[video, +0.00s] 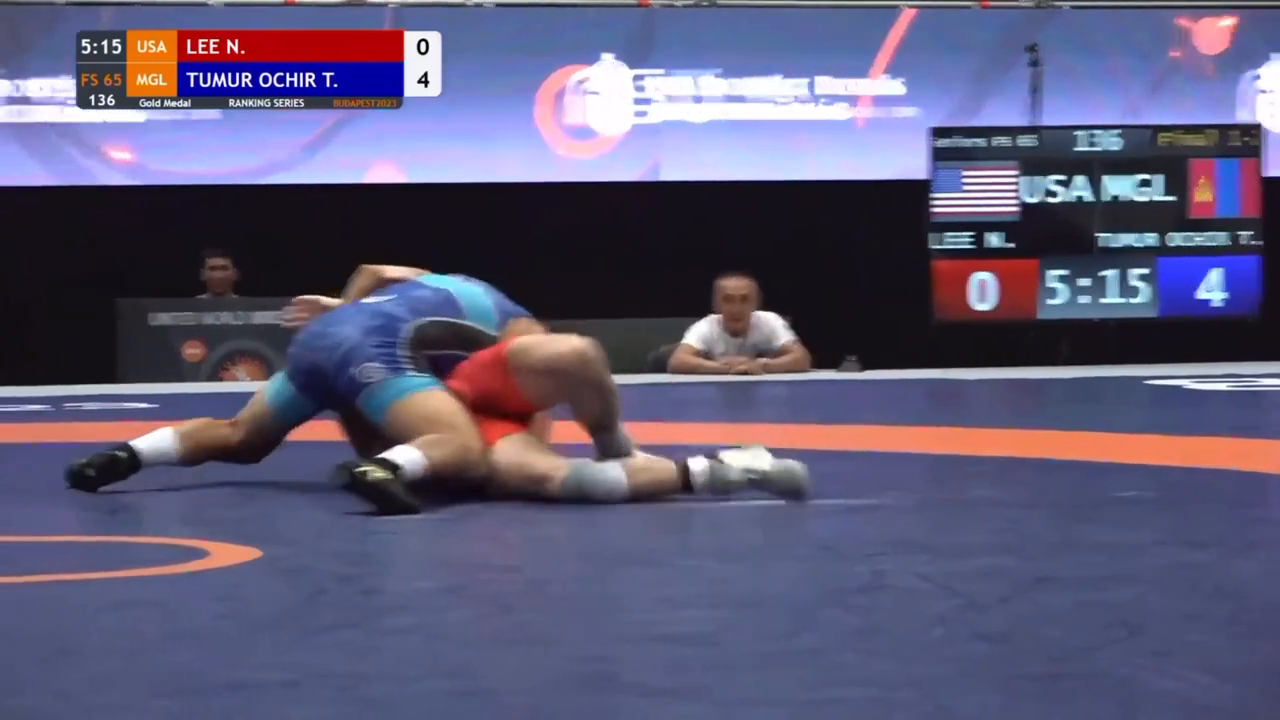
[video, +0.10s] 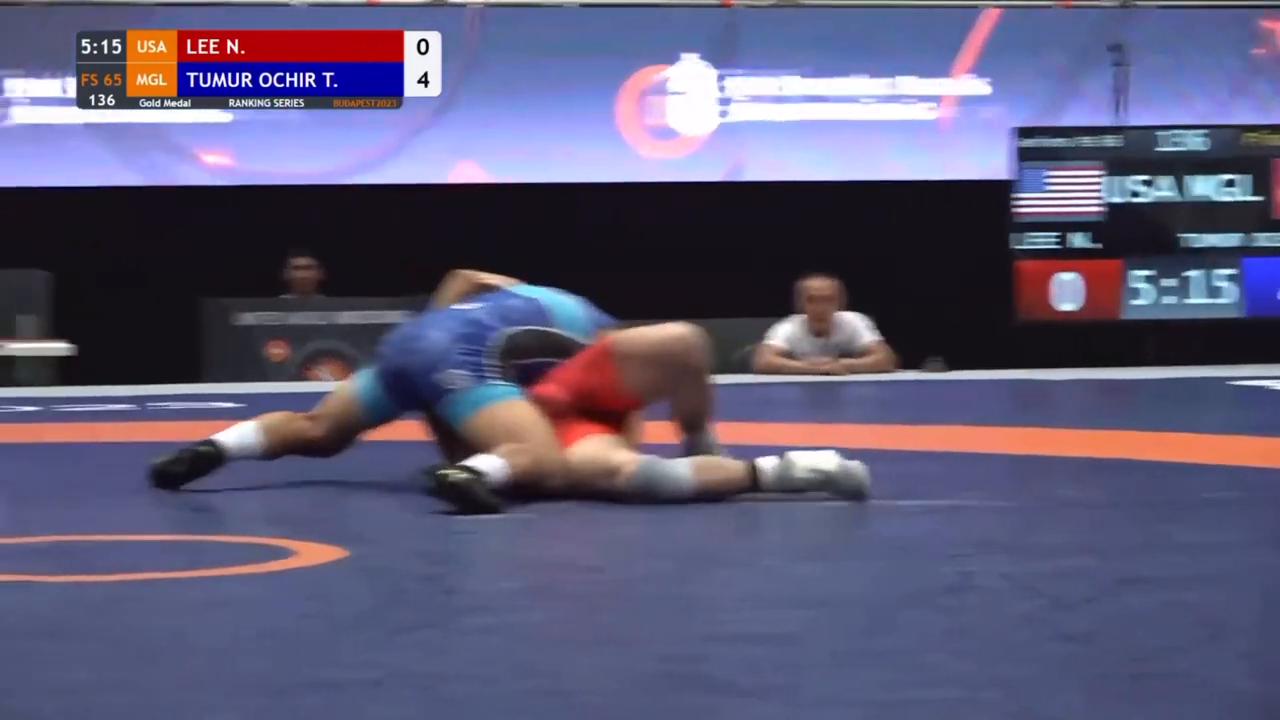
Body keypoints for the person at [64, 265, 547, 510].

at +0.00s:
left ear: (489, 297)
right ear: (517, 333)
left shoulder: (450, 289)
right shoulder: (513, 325)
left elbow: (375, 269)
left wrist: (341, 308)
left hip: (316, 336)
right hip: (372, 336)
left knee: (243, 437)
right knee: (463, 445)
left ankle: (131, 452)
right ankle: (394, 468)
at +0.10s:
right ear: (630, 348)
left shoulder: (552, 305)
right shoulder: (603, 343)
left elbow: (465, 275)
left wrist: (422, 347)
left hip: (407, 342)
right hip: (458, 351)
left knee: (319, 430)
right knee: (540, 453)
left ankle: (214, 446)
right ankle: (475, 474)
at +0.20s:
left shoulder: (639, 308)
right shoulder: (693, 345)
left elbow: (568, 271)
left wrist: (516, 337)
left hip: (502, 342)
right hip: (555, 348)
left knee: (404, 442)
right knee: (612, 451)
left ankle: (290, 444)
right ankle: (552, 473)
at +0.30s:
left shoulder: (693, 311)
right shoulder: (753, 366)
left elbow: (631, 272)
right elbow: (764, 453)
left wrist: (562, 339)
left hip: (553, 344)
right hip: (608, 357)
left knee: (448, 450)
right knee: (643, 454)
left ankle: (330, 449)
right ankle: (583, 474)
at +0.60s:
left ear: (770, 321)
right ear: (804, 374)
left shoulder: (730, 307)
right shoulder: (784, 370)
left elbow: (656, 266)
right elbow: (766, 454)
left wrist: (593, 323)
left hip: (563, 333)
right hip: (609, 354)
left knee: (456, 441)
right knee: (645, 467)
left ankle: (335, 441)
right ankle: (517, 475)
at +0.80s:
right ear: (806, 356)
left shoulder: (730, 297)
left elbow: (666, 252)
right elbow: (754, 443)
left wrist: (603, 309)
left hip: (551, 315)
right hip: (593, 333)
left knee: (513, 420)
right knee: (599, 452)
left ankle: (394, 415)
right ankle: (494, 463)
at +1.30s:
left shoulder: (731, 264)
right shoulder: (782, 344)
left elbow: (661, 212)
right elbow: (746, 435)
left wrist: (598, 270)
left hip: (533, 281)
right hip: (563, 309)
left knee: (546, 378)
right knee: (565, 433)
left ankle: (415, 414)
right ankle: (459, 457)